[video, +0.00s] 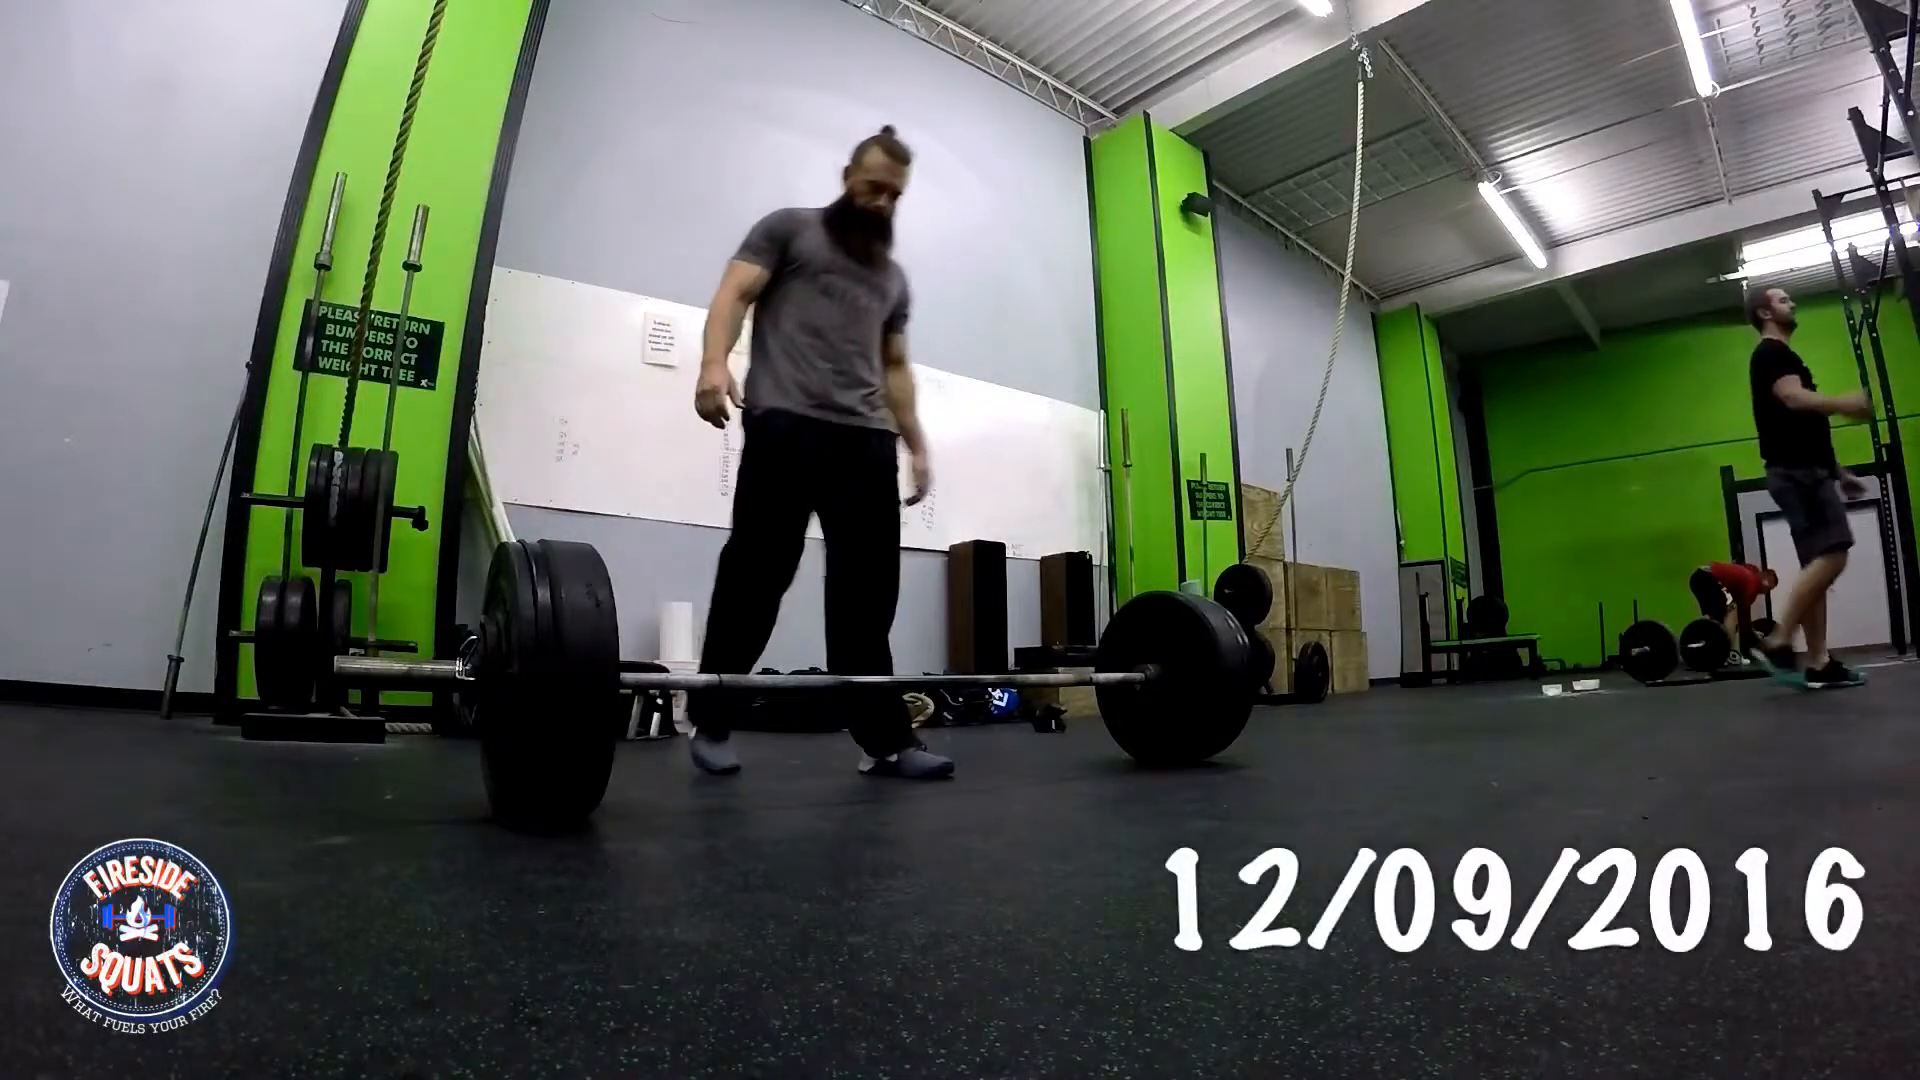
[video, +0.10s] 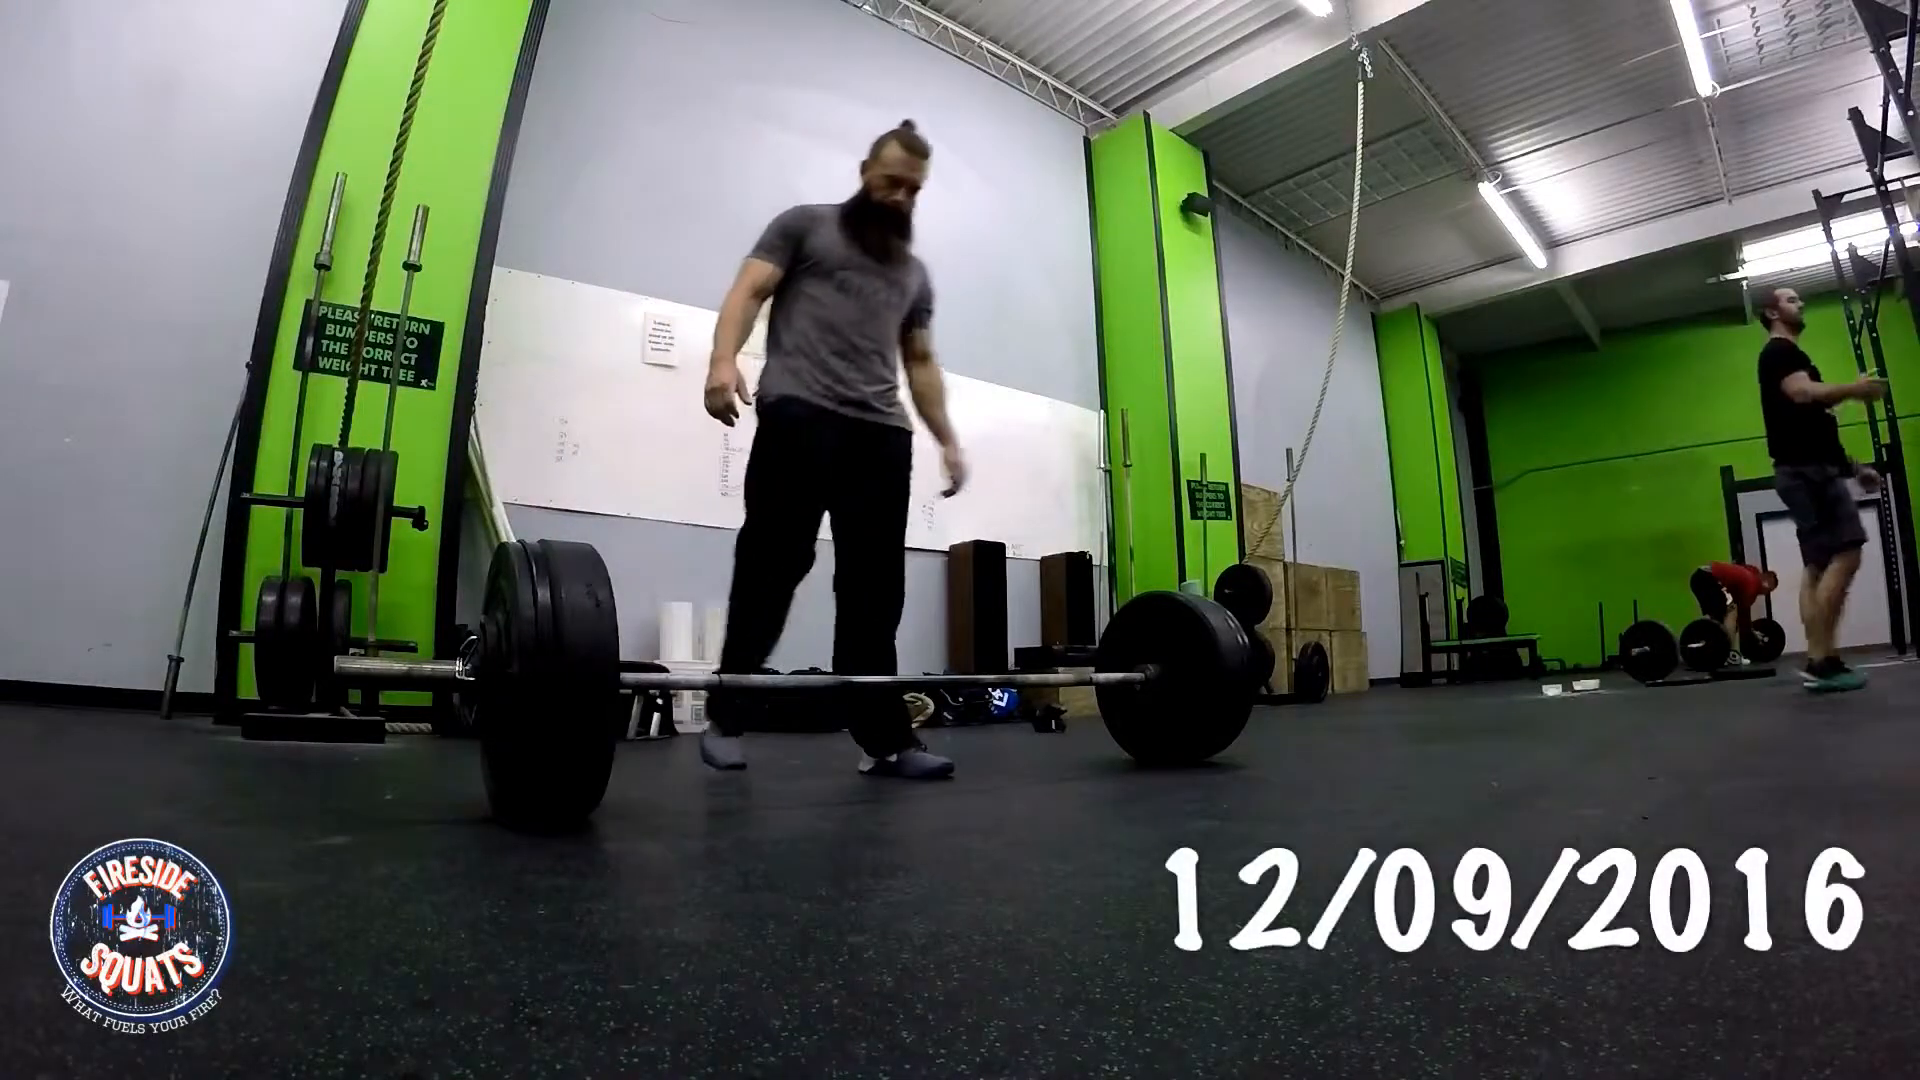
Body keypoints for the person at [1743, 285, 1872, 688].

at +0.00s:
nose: (1790, 302)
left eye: (1788, 298)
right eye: (1782, 299)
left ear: (1775, 313)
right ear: (1765, 313)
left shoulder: (1785, 357)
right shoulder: (1771, 352)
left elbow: (1803, 427)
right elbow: (1792, 397)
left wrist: (1838, 473)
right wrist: (1844, 403)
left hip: (1804, 472)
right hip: (1796, 473)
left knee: (1816, 566)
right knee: (1833, 555)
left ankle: (1819, 662)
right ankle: (1778, 641)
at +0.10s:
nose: (1799, 303)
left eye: (1797, 298)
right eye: (1790, 300)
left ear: (1788, 312)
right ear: (1773, 313)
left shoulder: (1794, 356)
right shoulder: (1778, 351)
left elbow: (1816, 429)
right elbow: (1802, 392)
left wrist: (1853, 469)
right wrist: (1854, 388)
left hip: (1807, 472)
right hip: (1807, 472)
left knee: (1815, 566)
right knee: (1846, 555)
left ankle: (1819, 662)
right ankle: (1824, 659)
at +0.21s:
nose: (1809, 302)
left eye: (1807, 297)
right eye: (1801, 299)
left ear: (1792, 311)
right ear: (1783, 311)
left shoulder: (1801, 356)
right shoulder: (1787, 351)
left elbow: (1822, 433)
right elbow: (1812, 393)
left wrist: (1866, 466)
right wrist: (1865, 391)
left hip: (1813, 473)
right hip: (1817, 472)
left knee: (1821, 568)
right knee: (1857, 556)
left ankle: (1819, 664)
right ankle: (1867, 658)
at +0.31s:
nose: (1819, 302)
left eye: (1818, 296)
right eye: (1811, 297)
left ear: (1804, 310)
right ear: (1792, 311)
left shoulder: (1809, 353)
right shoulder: (1799, 350)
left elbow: (1828, 430)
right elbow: (1821, 398)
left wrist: (1870, 465)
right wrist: (1869, 415)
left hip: (1821, 472)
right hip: (1827, 472)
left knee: (1825, 565)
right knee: (1873, 554)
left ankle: (1819, 663)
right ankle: (1900, 653)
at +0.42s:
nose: (1830, 300)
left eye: (1829, 294)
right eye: (1821, 296)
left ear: (1818, 308)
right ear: (1804, 309)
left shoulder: (1813, 349)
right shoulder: (1815, 349)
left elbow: (1833, 410)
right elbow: (1829, 403)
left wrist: (1868, 445)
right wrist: (1867, 449)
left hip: (1824, 467)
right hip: (1840, 466)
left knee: (1831, 563)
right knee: (1890, 553)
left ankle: (1820, 662)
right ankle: (1914, 651)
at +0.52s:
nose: (1846, 295)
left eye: (1843, 289)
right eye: (1837, 291)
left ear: (1824, 305)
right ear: (1818, 305)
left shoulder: (1827, 345)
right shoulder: (1830, 346)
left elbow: (1840, 410)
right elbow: (1837, 408)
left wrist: (1868, 458)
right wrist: (1862, 467)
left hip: (1839, 468)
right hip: (1861, 468)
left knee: (1841, 564)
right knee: (1901, 560)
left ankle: (1822, 660)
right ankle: (1916, 654)